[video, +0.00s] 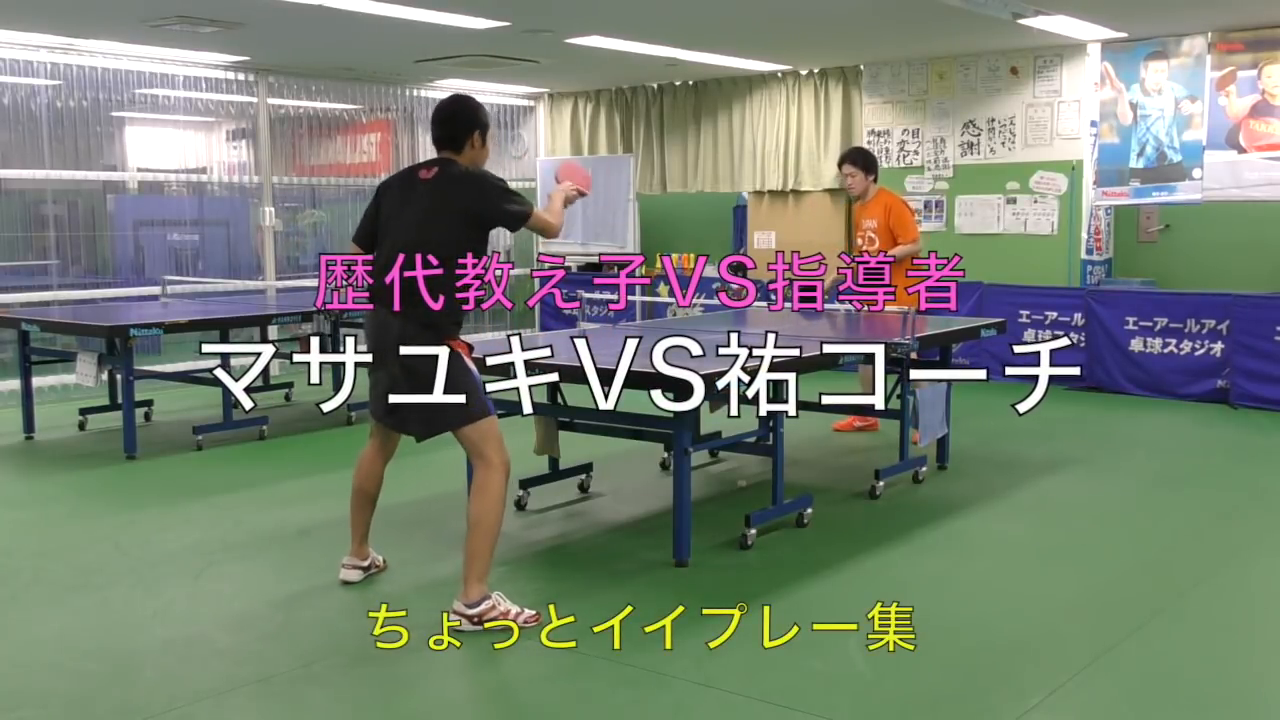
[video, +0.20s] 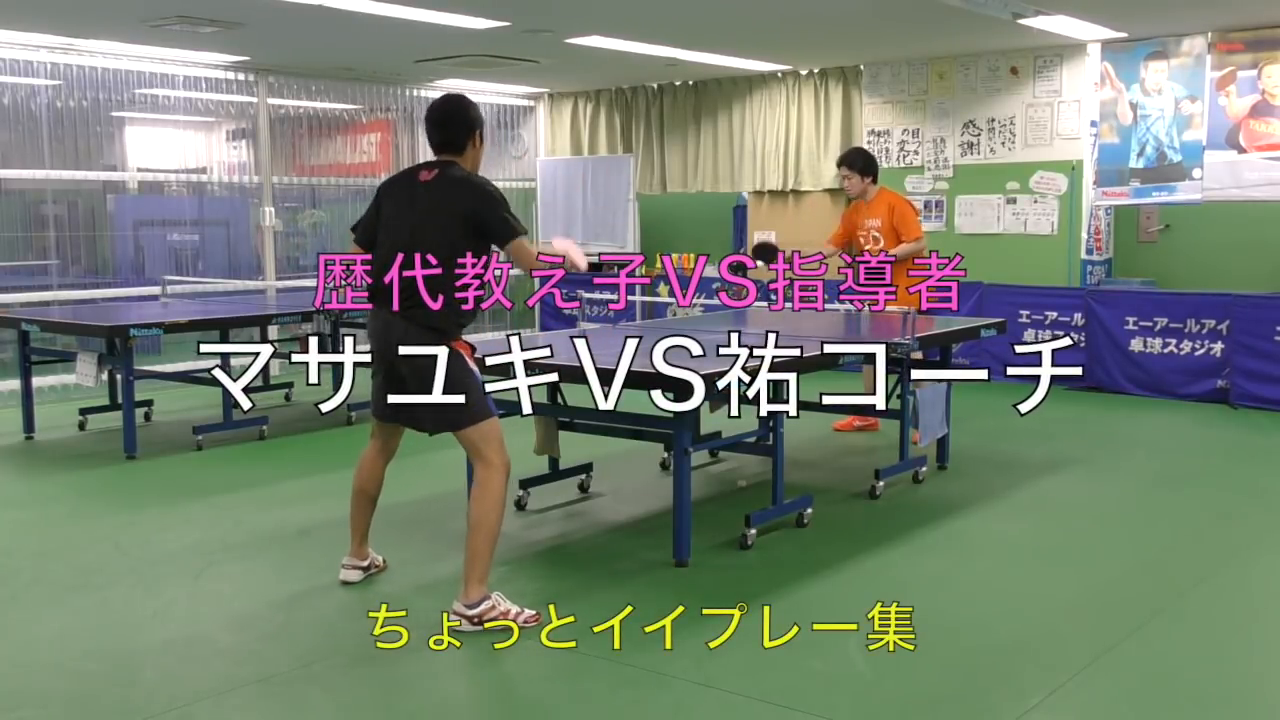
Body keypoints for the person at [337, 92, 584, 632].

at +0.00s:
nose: (488, 147)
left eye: (486, 138)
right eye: (486, 138)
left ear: (437, 138)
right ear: (474, 139)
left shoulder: (396, 184)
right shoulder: (478, 185)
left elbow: (364, 246)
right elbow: (549, 225)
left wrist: (420, 255)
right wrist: (562, 195)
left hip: (383, 339)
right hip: (434, 342)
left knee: (379, 445)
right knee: (491, 460)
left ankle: (356, 554)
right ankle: (475, 595)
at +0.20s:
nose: (483, 145)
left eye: (479, 137)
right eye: (482, 137)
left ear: (432, 139)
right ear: (474, 139)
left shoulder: (395, 185)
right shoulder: (477, 192)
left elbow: (363, 243)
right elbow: (526, 257)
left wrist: (418, 251)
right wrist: (561, 247)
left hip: (386, 342)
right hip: (437, 345)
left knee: (380, 445)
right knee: (491, 460)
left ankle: (356, 554)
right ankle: (475, 596)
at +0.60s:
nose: (506, 174)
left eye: (508, 164)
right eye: (504, 162)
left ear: (464, 155)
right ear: (477, 154)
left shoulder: (413, 193)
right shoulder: (454, 197)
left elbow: (374, 257)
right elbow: (489, 277)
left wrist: (408, 305)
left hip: (383, 344)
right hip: (418, 348)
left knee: (389, 444)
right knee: (486, 460)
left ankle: (357, 554)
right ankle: (473, 599)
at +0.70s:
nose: (503, 161)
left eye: (502, 150)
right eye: (500, 150)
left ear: (454, 145)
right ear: (481, 146)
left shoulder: (406, 185)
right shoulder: (481, 192)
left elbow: (368, 249)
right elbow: (538, 244)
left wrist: (416, 278)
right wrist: (591, 231)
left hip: (381, 339)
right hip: (428, 343)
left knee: (379, 444)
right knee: (489, 459)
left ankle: (358, 555)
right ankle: (473, 597)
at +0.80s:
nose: (497, 150)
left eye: (494, 141)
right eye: (495, 141)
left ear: (445, 142)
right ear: (483, 143)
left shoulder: (401, 186)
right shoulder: (490, 191)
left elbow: (365, 247)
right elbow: (560, 232)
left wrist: (413, 279)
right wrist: (572, 203)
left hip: (385, 341)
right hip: (439, 346)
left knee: (377, 448)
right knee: (499, 463)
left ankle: (359, 555)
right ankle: (475, 597)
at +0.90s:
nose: (491, 149)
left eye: (488, 141)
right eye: (490, 141)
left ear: (438, 145)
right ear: (484, 144)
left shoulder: (400, 192)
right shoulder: (490, 195)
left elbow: (370, 261)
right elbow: (559, 242)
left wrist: (420, 275)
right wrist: (565, 211)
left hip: (391, 348)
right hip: (445, 351)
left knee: (377, 451)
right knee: (505, 467)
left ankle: (358, 555)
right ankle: (476, 596)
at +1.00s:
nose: (493, 146)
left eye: (489, 137)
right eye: (492, 137)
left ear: (439, 140)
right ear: (485, 140)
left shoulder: (402, 188)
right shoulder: (488, 194)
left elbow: (371, 252)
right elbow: (530, 256)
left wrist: (414, 285)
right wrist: (569, 256)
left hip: (392, 344)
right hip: (445, 348)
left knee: (378, 451)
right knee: (500, 464)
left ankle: (357, 556)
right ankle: (475, 597)